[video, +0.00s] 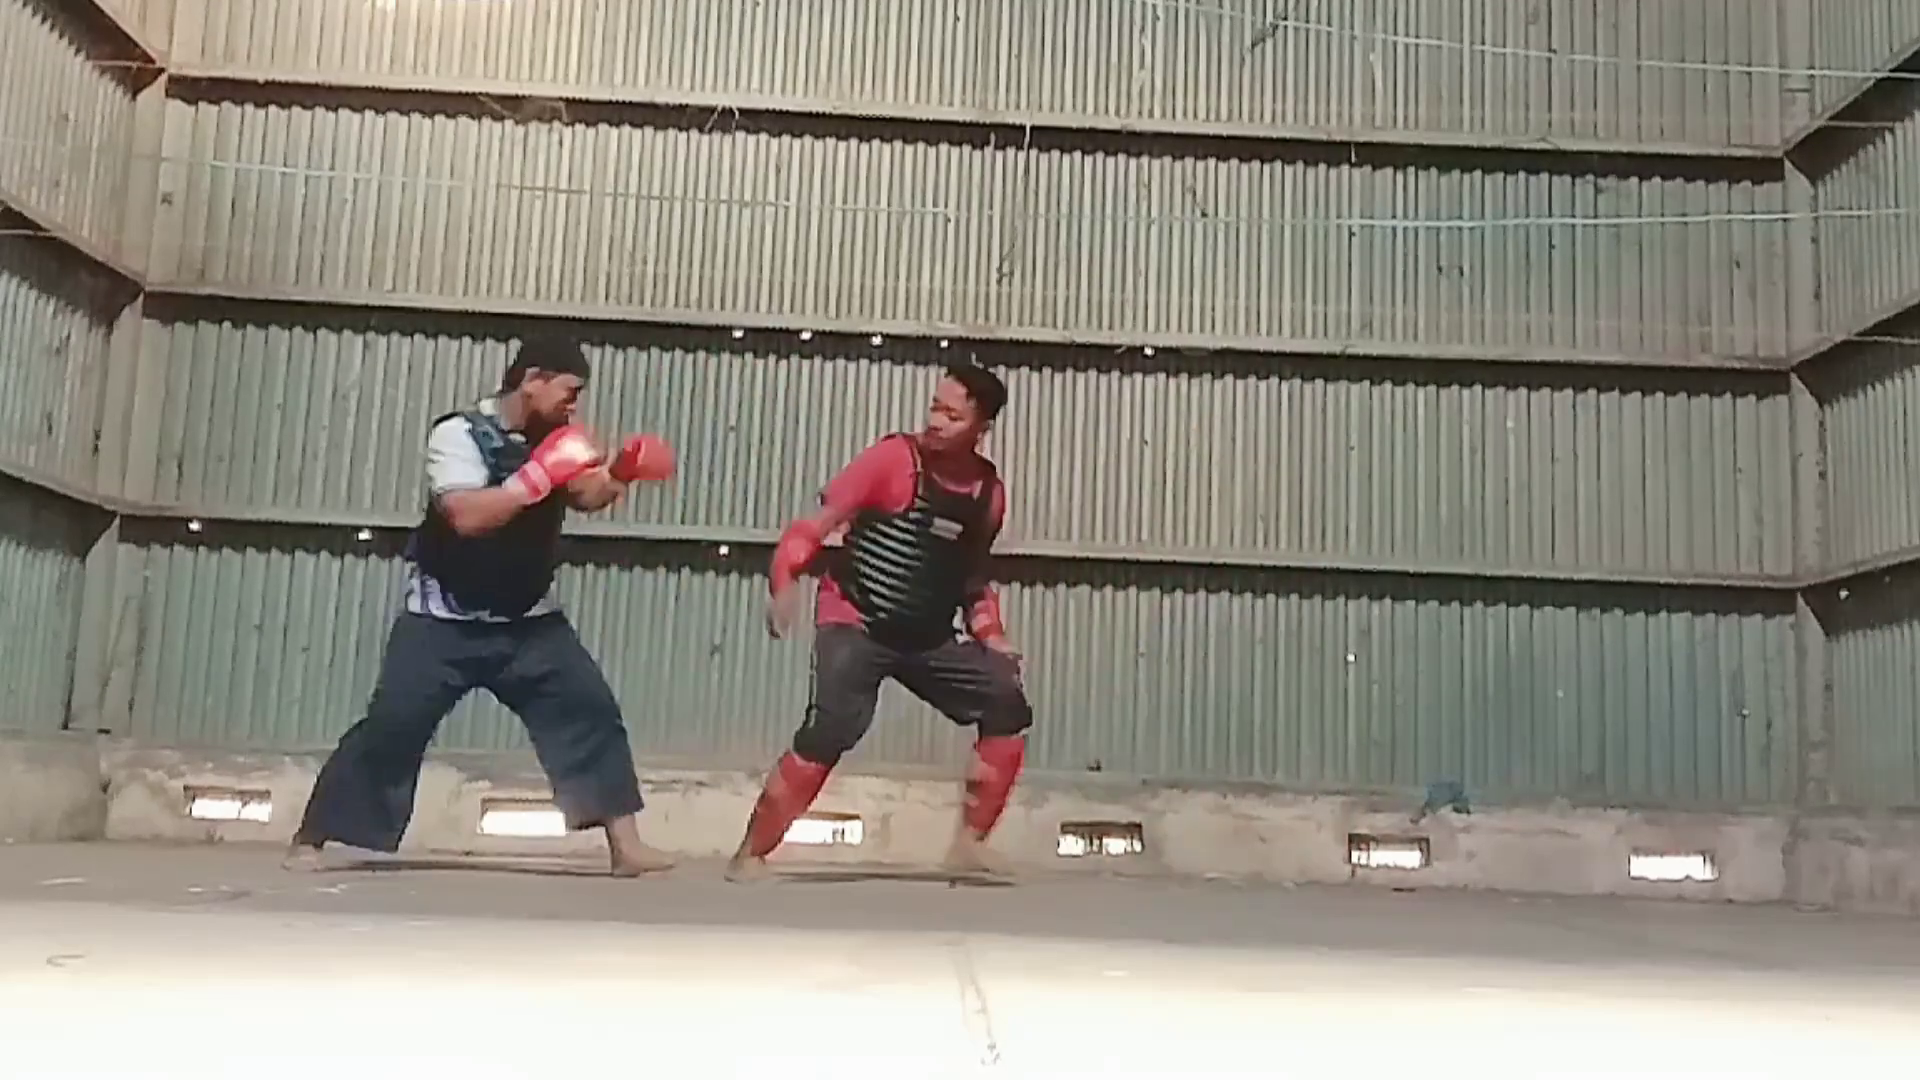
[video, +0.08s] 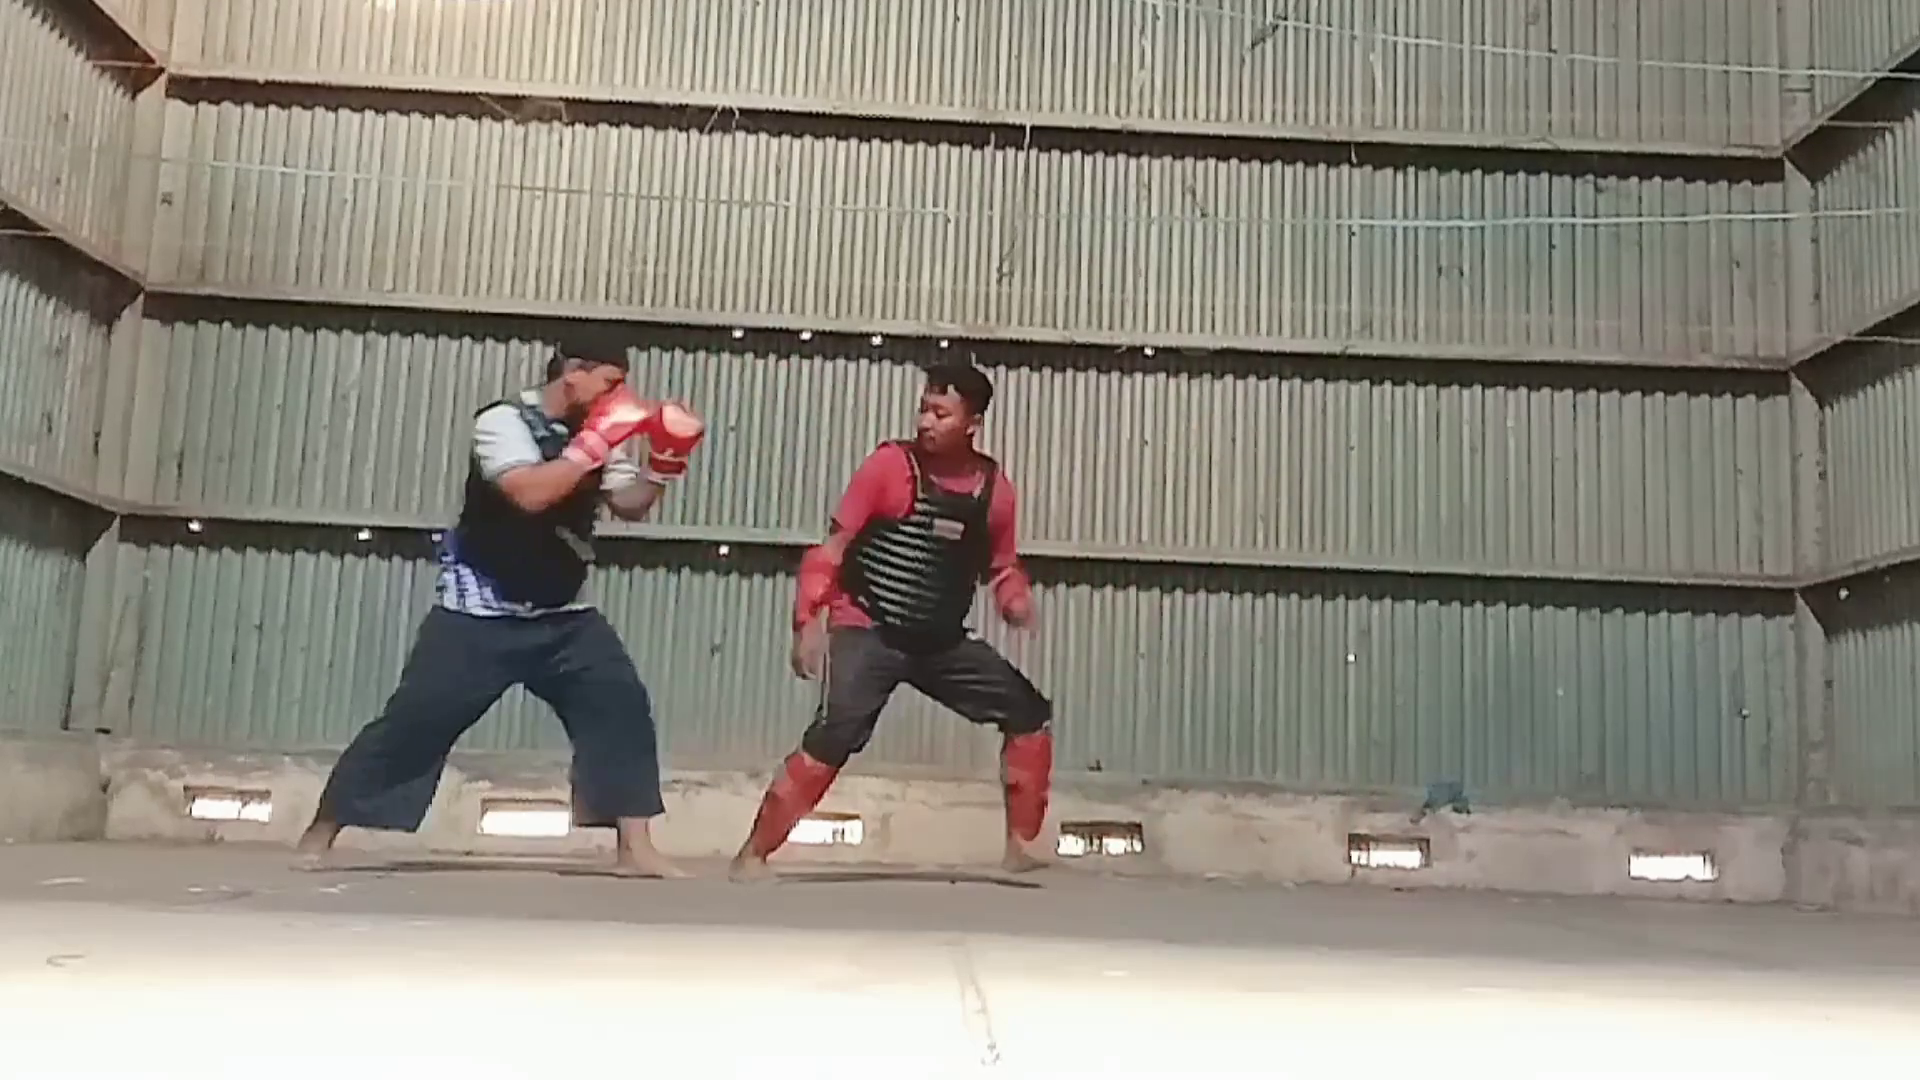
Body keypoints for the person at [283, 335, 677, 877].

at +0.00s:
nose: (573, 406)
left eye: (577, 396)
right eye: (567, 393)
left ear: (546, 386)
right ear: (530, 380)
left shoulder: (557, 445)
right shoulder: (456, 435)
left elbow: (587, 496)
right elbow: (466, 516)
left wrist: (619, 475)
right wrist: (540, 476)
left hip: (530, 623)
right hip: (441, 623)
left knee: (591, 708)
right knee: (395, 721)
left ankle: (627, 849)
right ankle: (312, 836)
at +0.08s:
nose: (616, 395)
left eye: (620, 385)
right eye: (612, 382)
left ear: (584, 376)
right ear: (575, 373)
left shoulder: (597, 435)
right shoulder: (501, 422)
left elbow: (630, 503)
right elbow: (529, 493)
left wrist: (666, 459)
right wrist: (595, 442)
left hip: (560, 618)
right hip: (475, 616)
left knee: (621, 704)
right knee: (412, 724)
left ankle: (637, 847)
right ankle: (321, 834)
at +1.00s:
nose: (802, 376)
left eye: (803, 367)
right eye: (798, 364)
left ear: (766, 361)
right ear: (767, 358)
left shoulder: (764, 423)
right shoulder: (704, 402)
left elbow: (788, 492)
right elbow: (753, 465)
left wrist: (843, 456)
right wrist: (806, 409)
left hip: (720, 594)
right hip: (658, 581)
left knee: (746, 712)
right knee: (631, 703)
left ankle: (744, 847)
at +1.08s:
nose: (811, 377)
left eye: (814, 368)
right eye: (807, 365)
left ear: (779, 362)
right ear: (778, 358)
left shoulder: (771, 423)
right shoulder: (713, 402)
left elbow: (795, 493)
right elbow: (758, 468)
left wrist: (845, 459)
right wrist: (809, 411)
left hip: (731, 593)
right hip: (669, 581)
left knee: (750, 709)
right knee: (658, 705)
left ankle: (747, 846)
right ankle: (614, 826)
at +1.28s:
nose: (819, 384)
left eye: (821, 375)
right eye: (814, 371)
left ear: (783, 368)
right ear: (780, 364)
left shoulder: (788, 431)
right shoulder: (716, 408)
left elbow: (819, 496)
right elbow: (766, 467)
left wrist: (858, 532)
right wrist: (819, 409)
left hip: (740, 597)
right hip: (676, 582)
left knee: (766, 708)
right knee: (659, 703)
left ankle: (749, 845)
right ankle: (592, 828)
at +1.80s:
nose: (743, 423)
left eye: (747, 412)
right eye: (740, 409)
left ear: (712, 398)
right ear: (710, 395)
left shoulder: (704, 450)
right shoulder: (628, 438)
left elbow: (729, 471)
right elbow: (646, 515)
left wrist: (776, 465)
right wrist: (712, 470)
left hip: (662, 617)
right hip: (590, 610)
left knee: (722, 710)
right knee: (555, 720)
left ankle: (759, 842)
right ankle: (474, 843)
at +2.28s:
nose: (870, 384)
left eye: (871, 376)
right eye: (868, 374)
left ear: (841, 368)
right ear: (845, 367)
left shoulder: (826, 425)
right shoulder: (779, 408)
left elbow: (847, 493)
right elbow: (829, 476)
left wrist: (892, 452)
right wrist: (872, 420)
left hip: (783, 595)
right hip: (725, 585)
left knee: (794, 712)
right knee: (730, 710)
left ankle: (770, 846)